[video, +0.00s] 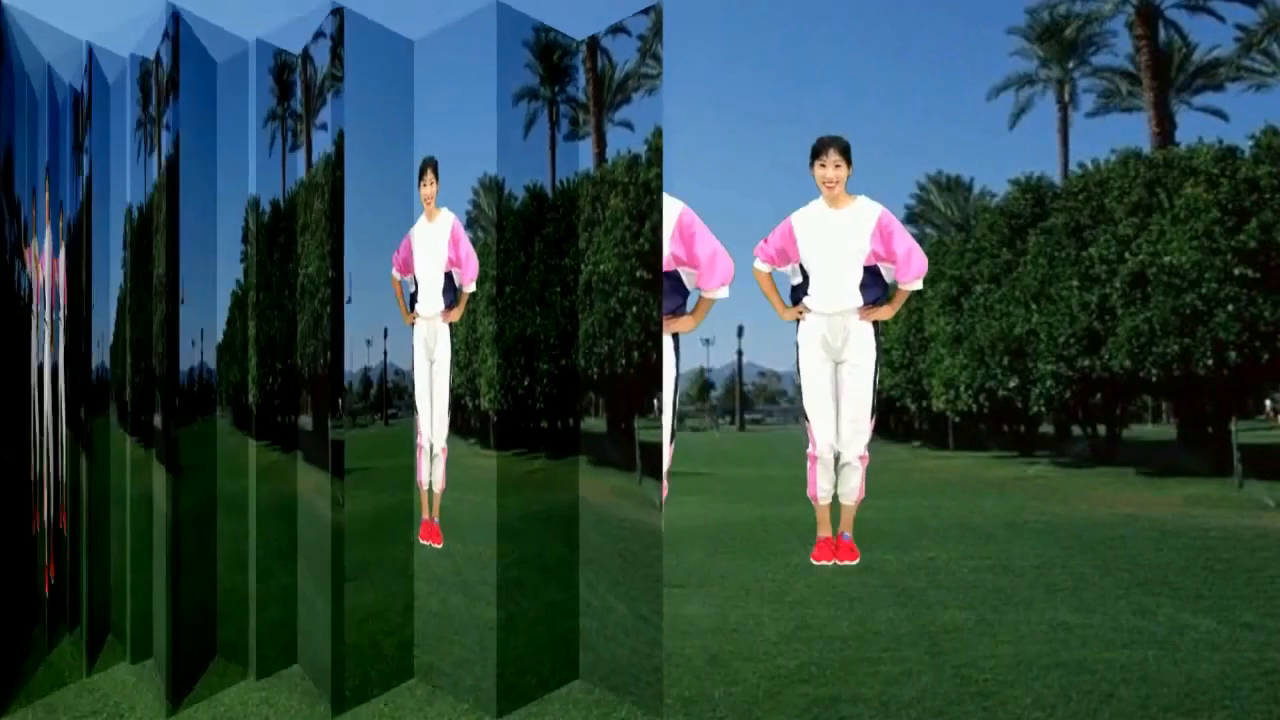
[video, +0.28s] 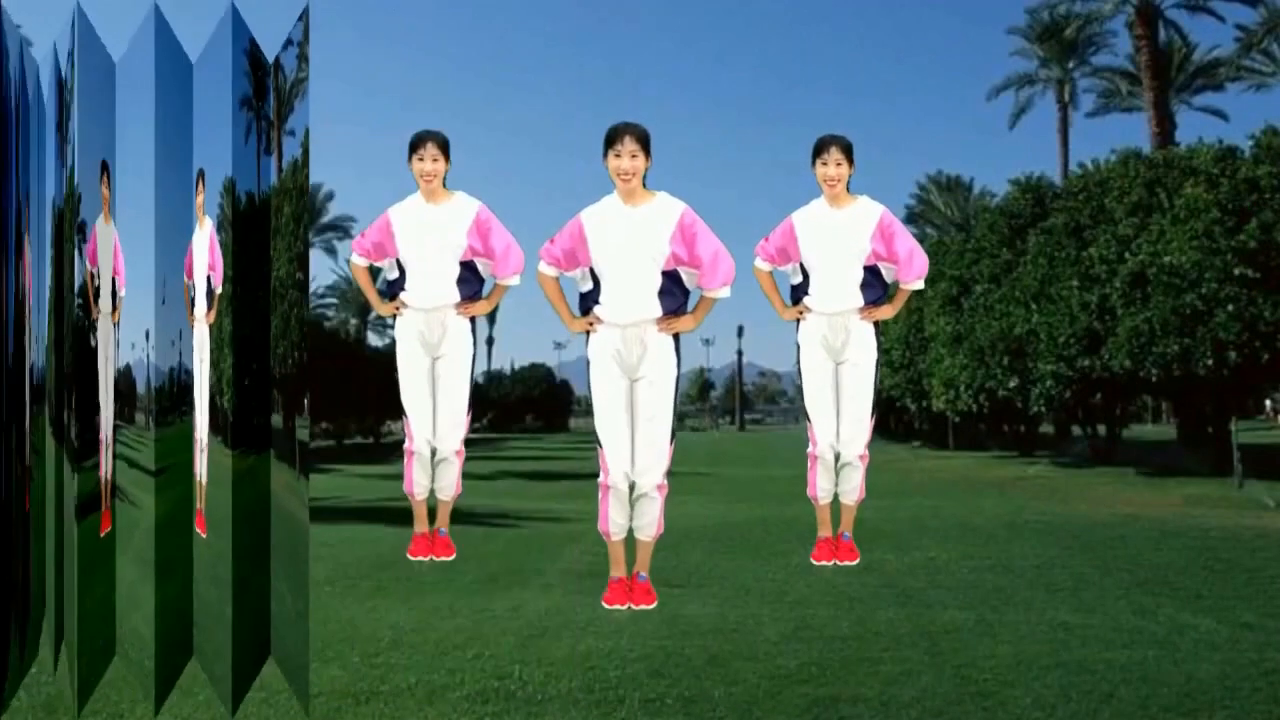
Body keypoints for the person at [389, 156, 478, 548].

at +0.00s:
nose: (428, 189)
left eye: (432, 183)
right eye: (424, 184)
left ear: (439, 187)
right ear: (418, 189)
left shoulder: (451, 224)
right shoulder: (415, 231)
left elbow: (469, 268)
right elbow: (396, 270)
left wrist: (460, 308)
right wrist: (404, 310)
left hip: (444, 314)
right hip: (419, 314)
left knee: (442, 380)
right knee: (422, 379)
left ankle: (439, 437)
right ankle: (423, 433)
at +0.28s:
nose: (428, 166)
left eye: (435, 159)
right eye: (421, 159)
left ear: (447, 164)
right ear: (411, 165)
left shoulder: (470, 210)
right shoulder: (398, 215)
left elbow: (512, 257)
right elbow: (358, 257)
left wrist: (490, 302)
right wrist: (379, 303)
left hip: (456, 325)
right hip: (411, 324)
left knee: (451, 430)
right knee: (419, 429)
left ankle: (442, 528)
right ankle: (420, 529)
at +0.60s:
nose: (433, 168)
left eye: (440, 161)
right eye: (425, 162)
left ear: (451, 169)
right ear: (415, 170)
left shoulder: (472, 218)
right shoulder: (400, 220)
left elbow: (513, 267)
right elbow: (358, 262)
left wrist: (489, 310)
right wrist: (379, 309)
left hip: (458, 330)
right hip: (413, 329)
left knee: (452, 432)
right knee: (421, 431)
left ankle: (443, 528)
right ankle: (421, 529)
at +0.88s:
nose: (433, 152)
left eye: (441, 145)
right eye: (426, 145)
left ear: (451, 156)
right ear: (414, 155)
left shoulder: (471, 202)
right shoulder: (397, 205)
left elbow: (513, 248)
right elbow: (352, 244)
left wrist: (489, 292)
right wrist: (386, 291)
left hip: (458, 316)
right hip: (414, 317)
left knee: (456, 423)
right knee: (418, 424)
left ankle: (444, 527)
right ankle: (416, 527)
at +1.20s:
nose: (431, 170)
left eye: (437, 164)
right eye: (423, 164)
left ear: (445, 174)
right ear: (408, 174)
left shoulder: (468, 215)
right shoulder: (397, 227)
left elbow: (509, 262)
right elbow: (364, 282)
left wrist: (491, 310)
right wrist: (386, 265)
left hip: (459, 330)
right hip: (415, 332)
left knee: (456, 431)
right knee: (419, 432)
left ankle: (459, 496)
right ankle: (416, 529)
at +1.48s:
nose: (440, 166)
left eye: (446, 159)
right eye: (432, 158)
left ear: (454, 164)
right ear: (417, 164)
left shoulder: (477, 199)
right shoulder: (408, 207)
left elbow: (525, 237)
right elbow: (405, 232)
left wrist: (512, 285)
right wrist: (411, 175)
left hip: (482, 311)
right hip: (438, 315)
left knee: (497, 423)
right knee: (433, 427)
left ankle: (521, 511)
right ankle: (417, 526)